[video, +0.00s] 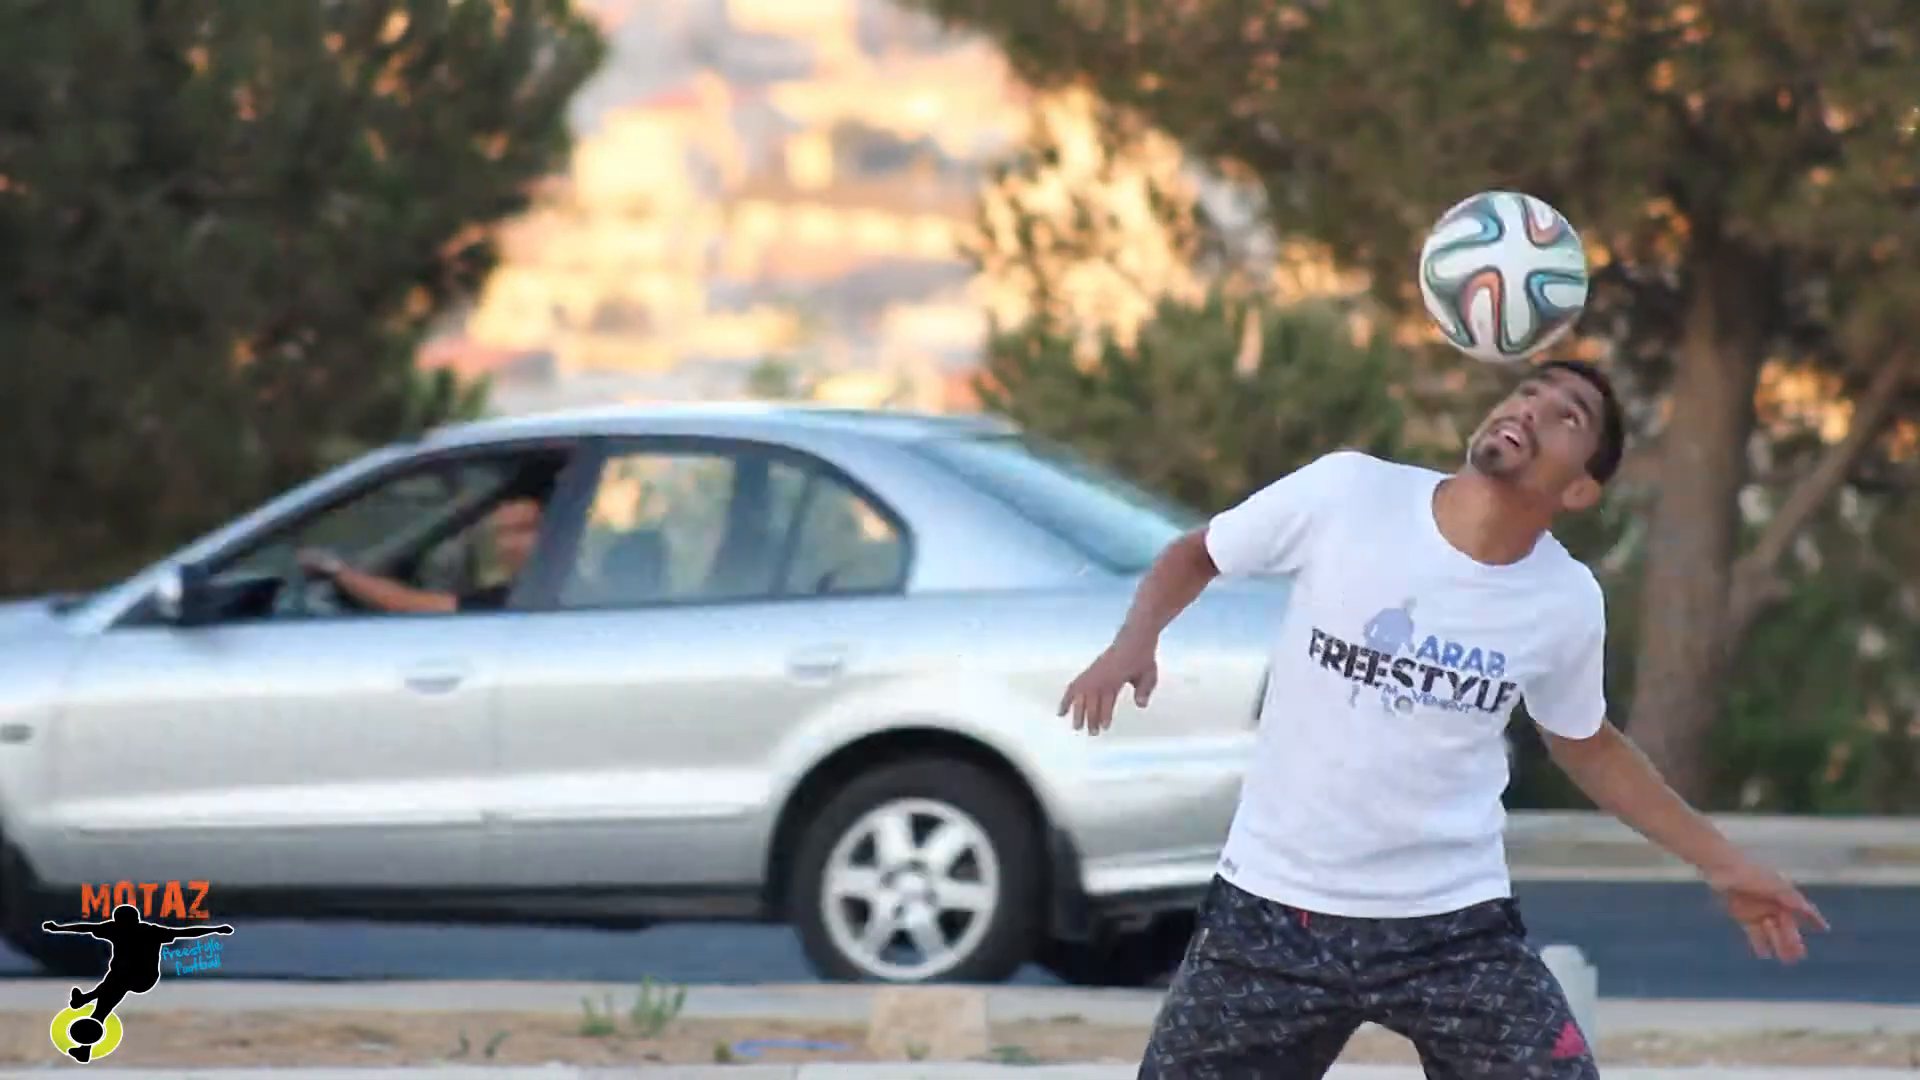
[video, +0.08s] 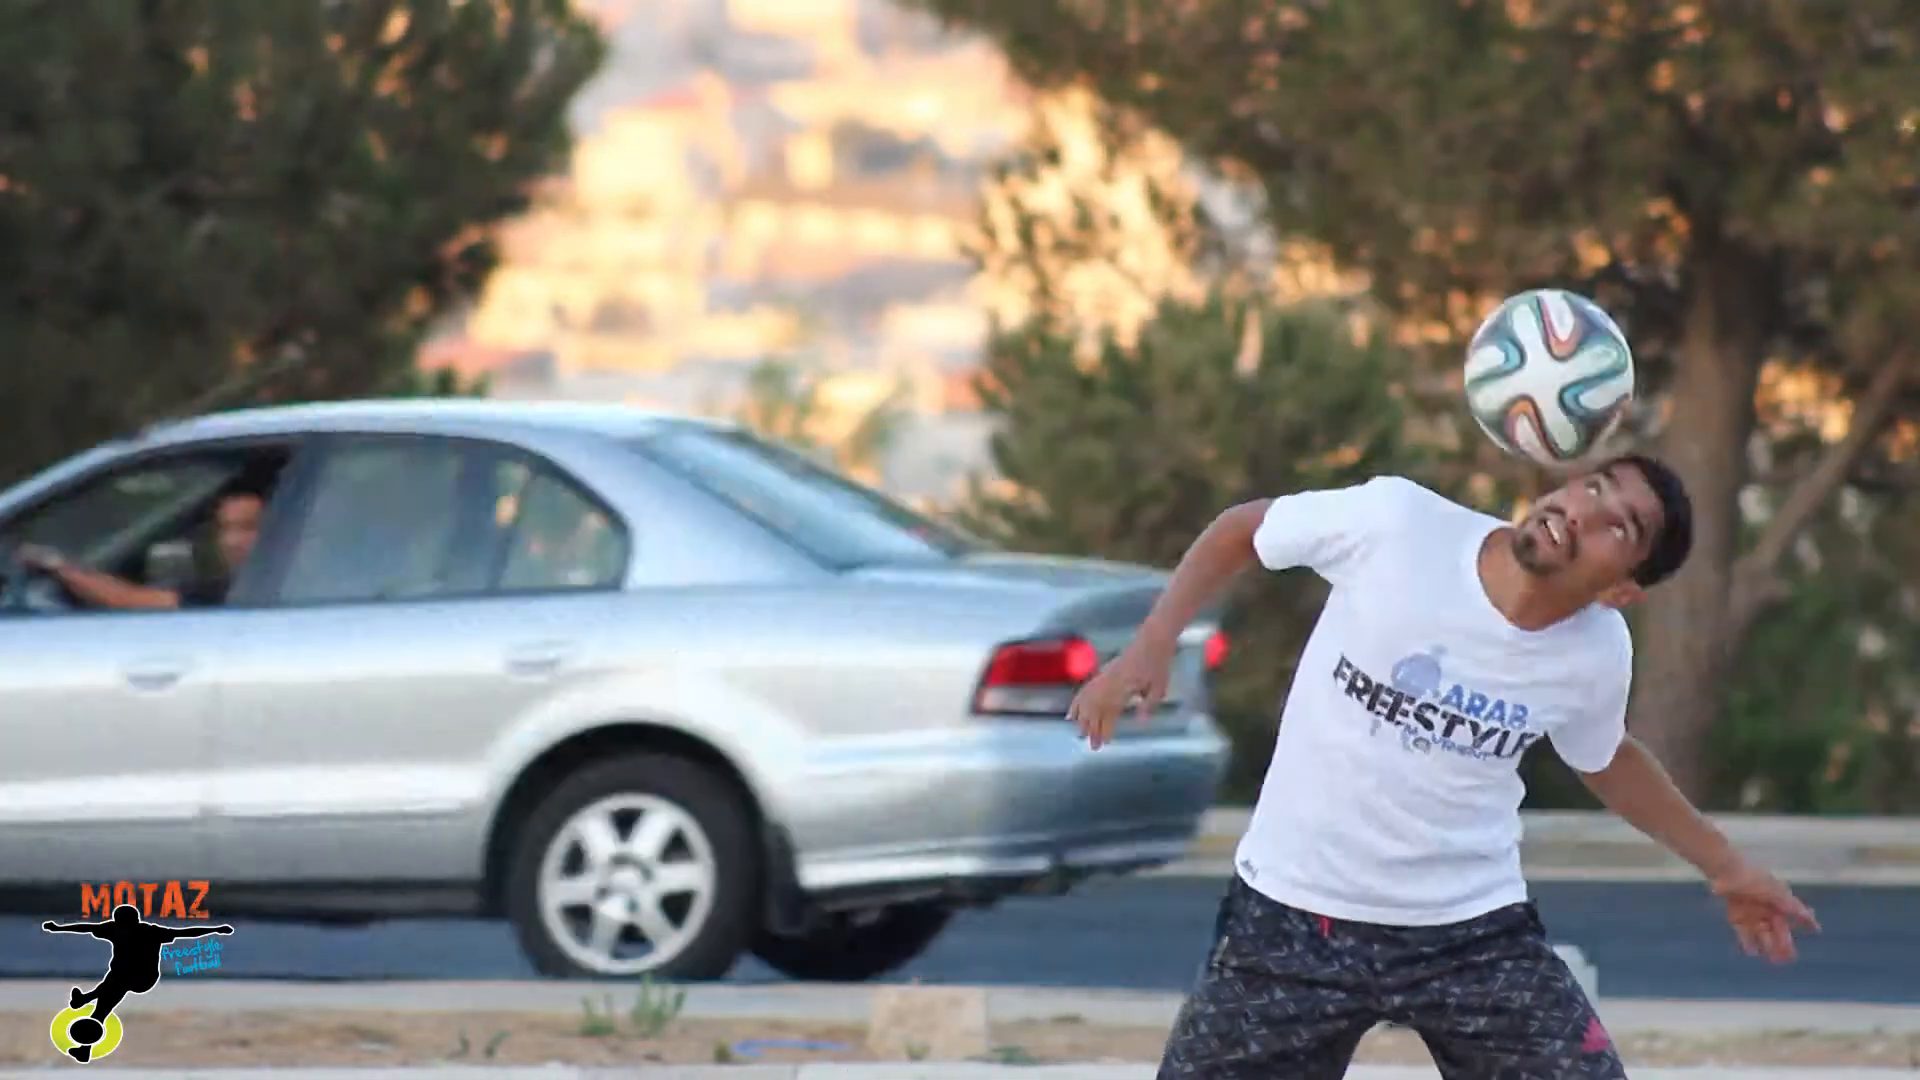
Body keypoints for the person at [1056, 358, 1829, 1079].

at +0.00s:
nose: (1528, 411)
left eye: (1565, 419)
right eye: (1523, 395)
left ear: (1578, 495)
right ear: (1478, 424)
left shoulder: (1567, 603)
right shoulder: (1344, 493)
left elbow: (1590, 744)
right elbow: (1197, 555)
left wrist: (1722, 863)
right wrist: (1135, 635)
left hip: (1457, 939)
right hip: (1270, 926)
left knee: (1558, 1068)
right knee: (1177, 1069)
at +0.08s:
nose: (1586, 511)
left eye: (1618, 527)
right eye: (1596, 487)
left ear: (1620, 588)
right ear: (1557, 484)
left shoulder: (1595, 652)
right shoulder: (1392, 522)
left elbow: (1602, 756)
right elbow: (1243, 532)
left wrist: (1723, 865)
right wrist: (1153, 638)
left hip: (1475, 943)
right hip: (1291, 930)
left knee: (1591, 1069)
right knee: (1198, 1068)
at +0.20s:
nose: (1552, 715)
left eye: (1587, 731)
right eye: (1570, 684)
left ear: (1620, 740)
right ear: (1579, 630)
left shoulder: (1619, 730)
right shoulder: (1439, 609)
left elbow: (1681, 758)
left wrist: (1768, 824)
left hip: (1520, 954)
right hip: (1335, 941)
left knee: (1614, 1070)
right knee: (1255, 1069)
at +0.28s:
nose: (1506, 785)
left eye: (1536, 784)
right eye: (1503, 758)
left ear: (1605, 749)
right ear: (1505, 671)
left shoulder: (1638, 707)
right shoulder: (1412, 627)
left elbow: (1701, 742)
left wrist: (1799, 804)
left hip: (1536, 941)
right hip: (1356, 927)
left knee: (1629, 1073)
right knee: (1290, 1074)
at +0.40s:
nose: (1469, 705)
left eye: (1467, 685)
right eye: (1441, 710)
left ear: (1464, 603)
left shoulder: (1581, 587)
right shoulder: (1327, 589)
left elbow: (1694, 668)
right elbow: (1231, 630)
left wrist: (1820, 780)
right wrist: (1154, 780)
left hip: (1543, 946)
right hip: (1359, 937)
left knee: (1633, 1072)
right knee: (1301, 1072)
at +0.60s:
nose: (1388, 332)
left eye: (1383, 309)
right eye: (1348, 323)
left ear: (1405, 327)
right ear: (1293, 381)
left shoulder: (1506, 463)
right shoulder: (1253, 505)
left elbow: (1593, 611)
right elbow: (1202, 649)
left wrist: (1709, 721)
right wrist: (1124, 751)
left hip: (1495, 886)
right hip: (1319, 889)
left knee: (1563, 1070)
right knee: (1271, 1070)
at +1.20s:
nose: (1469, 482)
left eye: (1505, 505)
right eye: (1482, 466)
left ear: (1493, 573)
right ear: (1446, 466)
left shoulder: (1458, 668)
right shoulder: (1273, 493)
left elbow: (1453, 798)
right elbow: (1136, 538)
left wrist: (1549, 910)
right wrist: (1063, 621)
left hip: (1328, 943)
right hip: (1147, 913)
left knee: (1429, 1068)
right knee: (1085, 1068)